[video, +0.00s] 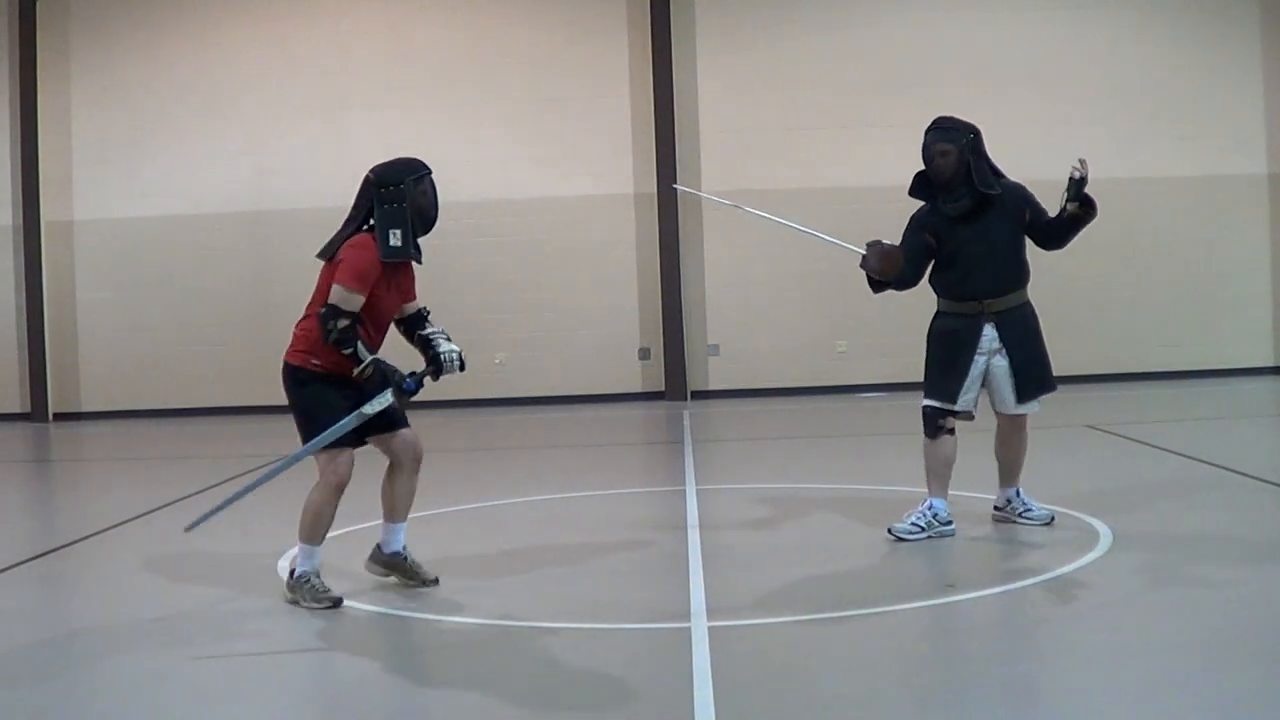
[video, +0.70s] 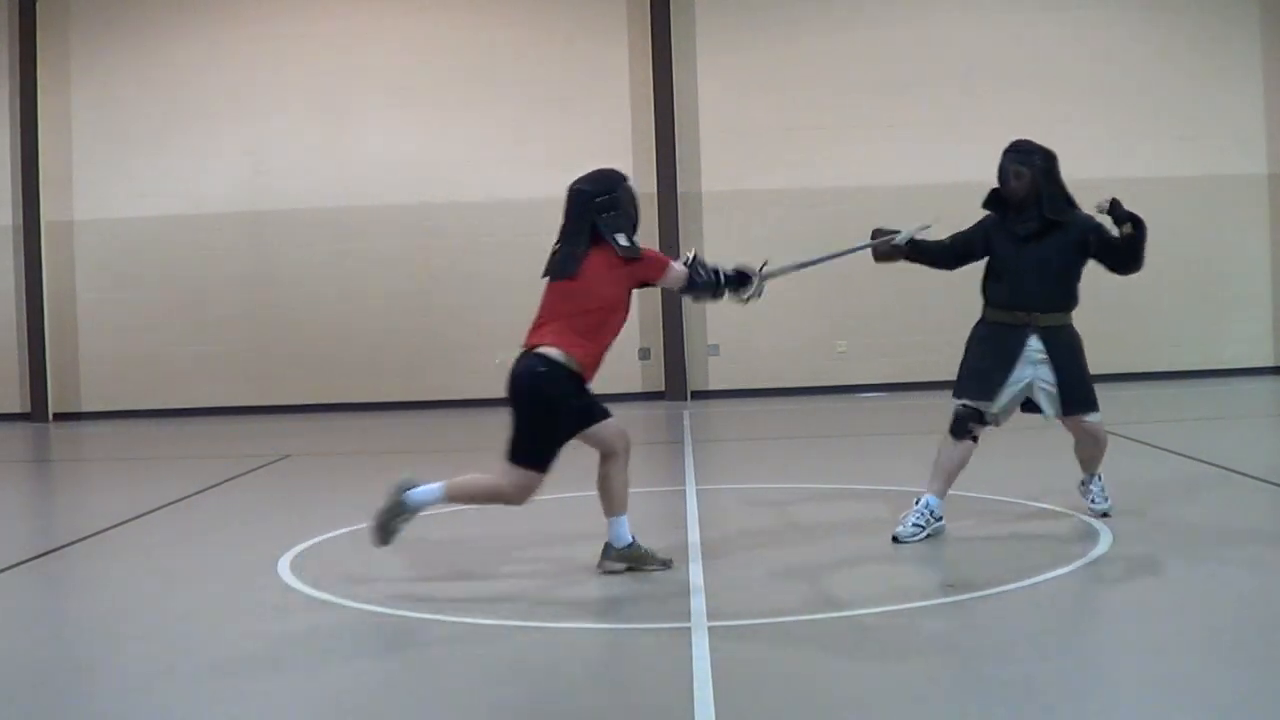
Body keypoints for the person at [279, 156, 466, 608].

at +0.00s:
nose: (432, 202)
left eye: (431, 192)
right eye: (424, 193)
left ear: (397, 200)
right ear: (400, 199)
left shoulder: (399, 252)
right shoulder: (363, 250)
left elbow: (406, 311)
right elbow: (336, 326)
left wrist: (435, 343)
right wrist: (381, 372)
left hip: (356, 371)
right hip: (314, 371)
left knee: (408, 453)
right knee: (336, 469)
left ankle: (390, 551)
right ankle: (301, 572)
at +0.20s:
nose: (453, 201)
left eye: (451, 192)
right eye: (446, 193)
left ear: (412, 201)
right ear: (425, 201)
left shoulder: (417, 250)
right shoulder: (394, 254)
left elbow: (437, 291)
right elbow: (372, 330)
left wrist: (467, 312)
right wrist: (422, 361)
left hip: (371, 374)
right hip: (333, 373)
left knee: (427, 445)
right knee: (352, 481)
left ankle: (459, 544)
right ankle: (299, 571)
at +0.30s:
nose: (471, 213)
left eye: (470, 204)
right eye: (464, 205)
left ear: (429, 214)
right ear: (445, 215)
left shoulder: (435, 257)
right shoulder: (416, 271)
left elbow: (468, 280)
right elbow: (408, 349)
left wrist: (498, 295)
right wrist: (465, 358)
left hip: (390, 377)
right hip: (352, 379)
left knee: (456, 435)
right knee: (369, 489)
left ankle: (517, 520)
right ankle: (298, 566)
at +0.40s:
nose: (503, 221)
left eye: (500, 212)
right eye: (495, 213)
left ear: (460, 224)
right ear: (473, 224)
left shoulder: (464, 265)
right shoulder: (442, 279)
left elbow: (516, 289)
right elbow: (482, 351)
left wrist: (542, 280)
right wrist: (533, 321)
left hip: (416, 389)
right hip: (380, 391)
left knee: (495, 431)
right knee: (374, 499)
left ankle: (566, 508)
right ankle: (302, 570)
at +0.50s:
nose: (544, 217)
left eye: (541, 208)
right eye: (538, 208)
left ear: (503, 218)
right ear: (519, 216)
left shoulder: (506, 260)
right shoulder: (495, 262)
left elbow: (561, 303)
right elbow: (565, 302)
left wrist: (606, 274)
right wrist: (613, 271)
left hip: (465, 390)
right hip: (426, 388)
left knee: (538, 444)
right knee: (383, 482)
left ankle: (591, 531)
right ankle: (309, 564)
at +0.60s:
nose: (591, 215)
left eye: (585, 207)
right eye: (583, 207)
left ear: (546, 220)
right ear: (572, 217)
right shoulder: (576, 258)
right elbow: (643, 251)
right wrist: (697, 233)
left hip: (494, 383)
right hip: (491, 383)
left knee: (579, 451)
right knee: (433, 480)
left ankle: (610, 546)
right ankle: (338, 538)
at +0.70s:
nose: (632, 212)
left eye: (628, 204)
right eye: (626, 205)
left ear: (585, 216)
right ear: (614, 215)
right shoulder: (625, 262)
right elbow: (687, 278)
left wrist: (708, 276)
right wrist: (731, 282)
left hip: (540, 377)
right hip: (551, 381)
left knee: (615, 444)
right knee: (516, 487)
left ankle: (621, 546)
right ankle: (413, 497)